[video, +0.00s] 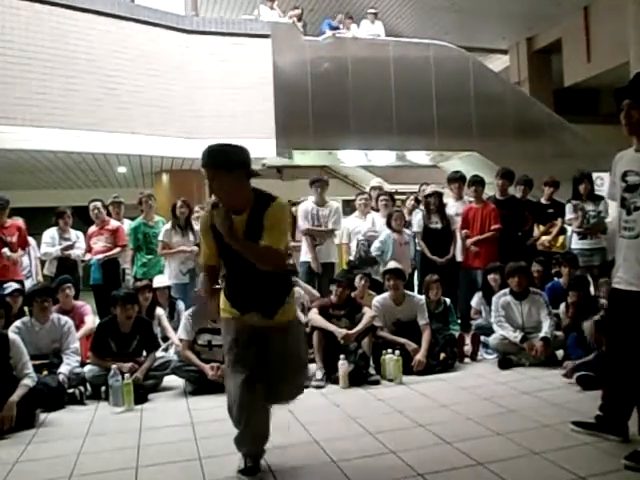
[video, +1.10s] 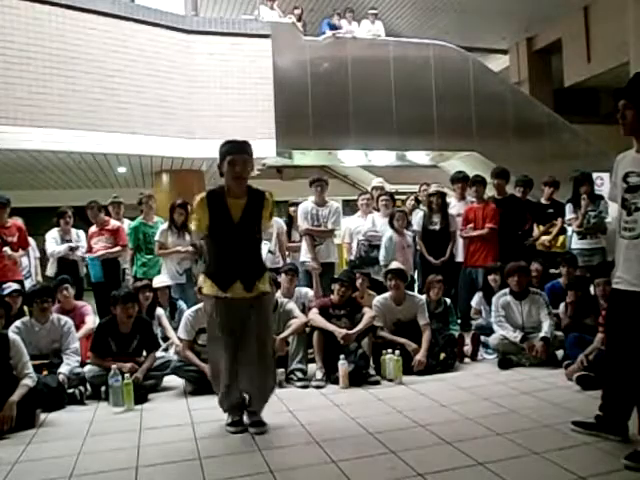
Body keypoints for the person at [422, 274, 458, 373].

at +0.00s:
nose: (435, 292)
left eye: (437, 288)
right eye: (432, 289)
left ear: (441, 289)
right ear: (427, 291)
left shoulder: (447, 303)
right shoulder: (421, 303)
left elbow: (453, 322)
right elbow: (421, 322)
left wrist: (452, 334)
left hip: (444, 332)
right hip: (429, 333)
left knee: (449, 339)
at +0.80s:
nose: (435, 291)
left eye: (438, 288)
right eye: (432, 288)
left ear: (442, 290)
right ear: (427, 290)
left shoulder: (447, 303)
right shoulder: (421, 302)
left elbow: (453, 322)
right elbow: (420, 322)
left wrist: (452, 334)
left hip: (444, 332)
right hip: (428, 332)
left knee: (449, 338)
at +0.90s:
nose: (435, 291)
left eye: (438, 288)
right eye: (432, 288)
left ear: (442, 290)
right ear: (427, 290)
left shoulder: (447, 303)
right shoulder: (422, 303)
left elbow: (453, 322)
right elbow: (421, 321)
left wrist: (452, 334)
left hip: (444, 332)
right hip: (428, 332)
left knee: (450, 339)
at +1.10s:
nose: (436, 291)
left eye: (439, 288)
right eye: (433, 288)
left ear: (443, 290)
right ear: (428, 289)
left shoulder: (447, 303)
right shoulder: (422, 302)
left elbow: (453, 322)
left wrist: (452, 335)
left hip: (444, 332)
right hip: (428, 333)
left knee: (450, 339)